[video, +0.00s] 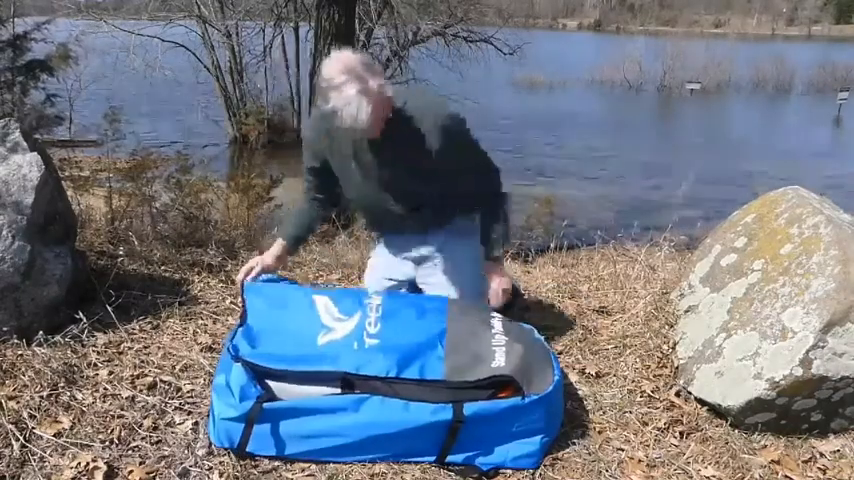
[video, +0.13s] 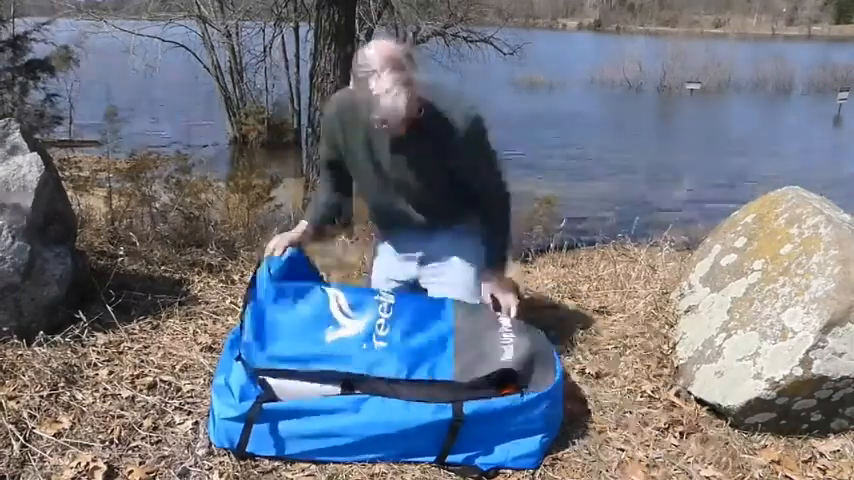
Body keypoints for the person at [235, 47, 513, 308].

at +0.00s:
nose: (366, 128)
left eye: (369, 117)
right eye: (354, 121)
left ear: (383, 92)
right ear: (335, 109)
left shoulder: (433, 122)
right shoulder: (321, 129)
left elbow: (489, 187)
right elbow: (319, 197)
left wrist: (495, 267)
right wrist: (275, 255)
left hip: (452, 236)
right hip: (390, 242)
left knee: (457, 350)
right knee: (371, 341)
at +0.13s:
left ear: (413, 80)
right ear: (359, 88)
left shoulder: (457, 123)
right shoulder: (342, 113)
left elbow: (494, 198)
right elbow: (334, 182)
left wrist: (495, 273)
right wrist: (304, 229)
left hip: (456, 238)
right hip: (392, 240)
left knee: (454, 350)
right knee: (381, 347)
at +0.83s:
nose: (364, 134)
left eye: (373, 117)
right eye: (349, 125)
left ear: (399, 107)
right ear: (338, 126)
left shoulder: (452, 151)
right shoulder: (344, 158)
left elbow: (471, 253)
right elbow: (343, 242)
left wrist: (441, 356)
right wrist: (350, 317)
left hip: (470, 242)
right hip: (411, 246)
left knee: (476, 337)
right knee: (387, 329)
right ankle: (438, 300)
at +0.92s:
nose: (366, 122)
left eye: (373, 104)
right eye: (351, 114)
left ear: (397, 94)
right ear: (339, 117)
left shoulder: (455, 143)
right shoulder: (346, 154)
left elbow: (475, 241)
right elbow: (344, 241)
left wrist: (453, 329)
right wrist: (350, 316)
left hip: (468, 244)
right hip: (410, 247)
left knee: (476, 335)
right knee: (386, 333)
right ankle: (437, 298)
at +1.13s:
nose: (366, 157)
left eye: (373, 145)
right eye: (354, 148)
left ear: (399, 120)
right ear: (343, 136)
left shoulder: (452, 147)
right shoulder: (344, 156)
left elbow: (472, 248)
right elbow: (344, 237)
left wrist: (454, 359)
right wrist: (344, 314)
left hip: (467, 246)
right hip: (410, 248)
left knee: (478, 341)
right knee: (387, 335)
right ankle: (437, 294)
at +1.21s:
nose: (361, 160)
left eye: (370, 149)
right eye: (352, 151)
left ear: (400, 123)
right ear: (341, 139)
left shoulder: (451, 148)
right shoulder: (343, 158)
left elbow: (470, 248)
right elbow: (345, 239)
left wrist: (454, 359)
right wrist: (345, 316)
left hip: (467, 246)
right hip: (410, 247)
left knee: (477, 341)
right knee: (388, 331)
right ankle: (437, 297)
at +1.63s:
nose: (406, 171)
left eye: (415, 162)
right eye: (395, 163)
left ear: (434, 130)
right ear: (376, 139)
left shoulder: (477, 144)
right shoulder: (356, 146)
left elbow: (512, 231)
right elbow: (324, 229)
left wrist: (496, 314)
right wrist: (329, 296)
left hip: (474, 249)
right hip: (410, 250)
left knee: (488, 355)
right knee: (382, 346)